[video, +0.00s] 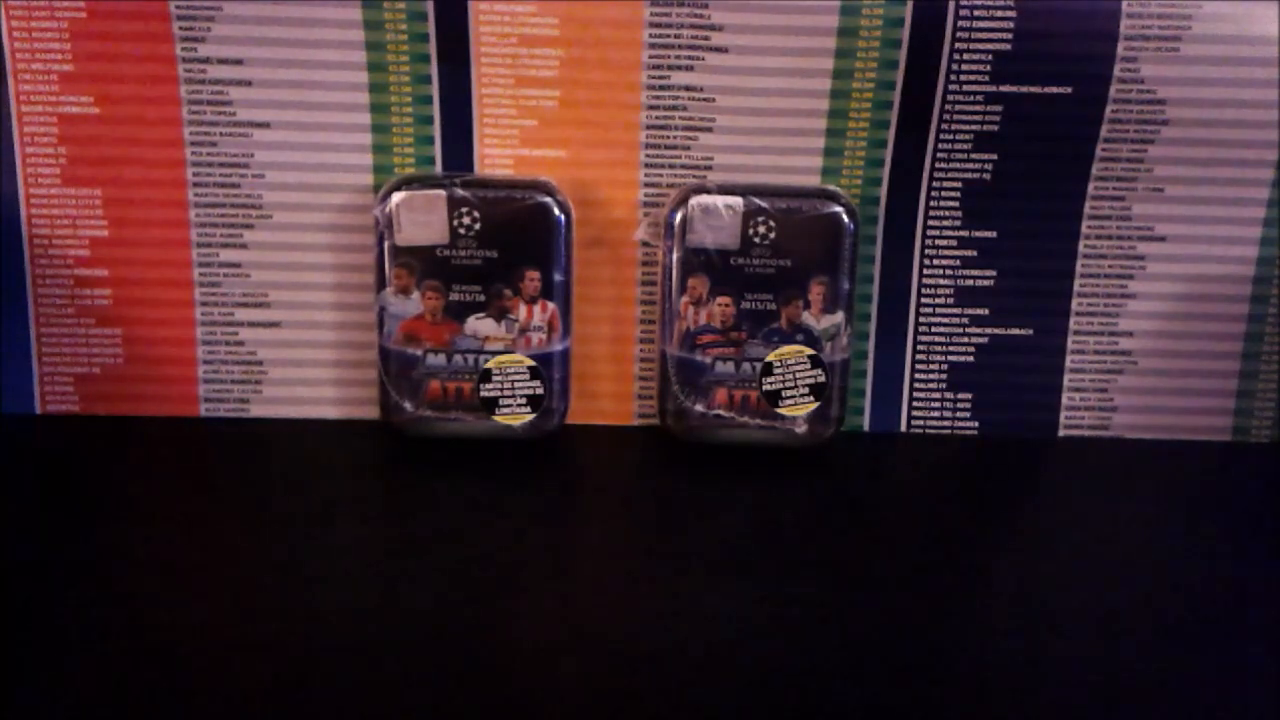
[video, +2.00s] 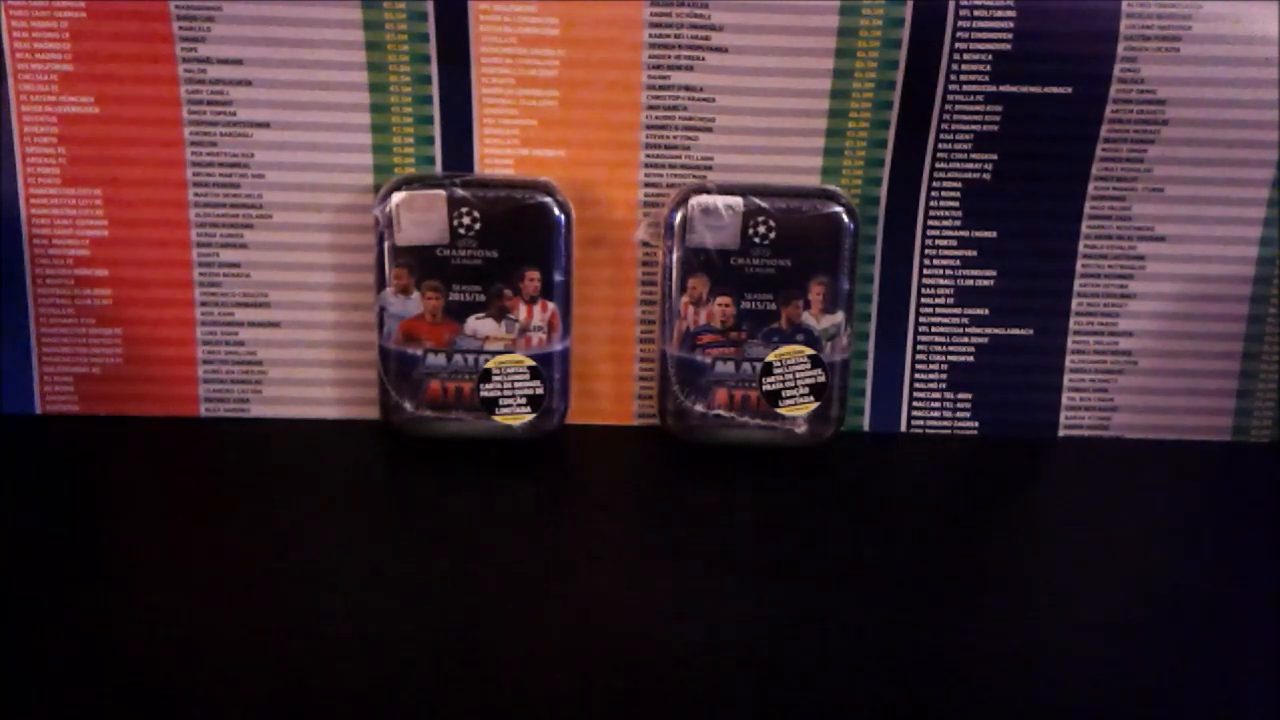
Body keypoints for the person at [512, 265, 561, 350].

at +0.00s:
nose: (536, 285)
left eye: (539, 281)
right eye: (531, 280)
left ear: (541, 283)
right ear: (521, 284)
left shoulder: (551, 308)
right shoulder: (512, 306)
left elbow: (556, 335)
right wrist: (520, 329)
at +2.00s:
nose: (536, 285)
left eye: (539, 281)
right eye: (531, 280)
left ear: (541, 283)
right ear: (521, 284)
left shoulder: (550, 308)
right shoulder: (512, 305)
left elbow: (556, 336)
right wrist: (520, 328)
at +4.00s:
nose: (536, 285)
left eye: (539, 281)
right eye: (531, 281)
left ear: (541, 283)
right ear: (521, 284)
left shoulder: (549, 308)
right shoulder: (512, 306)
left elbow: (555, 336)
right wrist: (521, 329)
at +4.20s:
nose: (536, 285)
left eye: (538, 281)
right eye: (531, 281)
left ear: (541, 283)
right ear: (521, 284)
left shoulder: (549, 307)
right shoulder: (512, 306)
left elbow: (556, 333)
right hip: (519, 352)